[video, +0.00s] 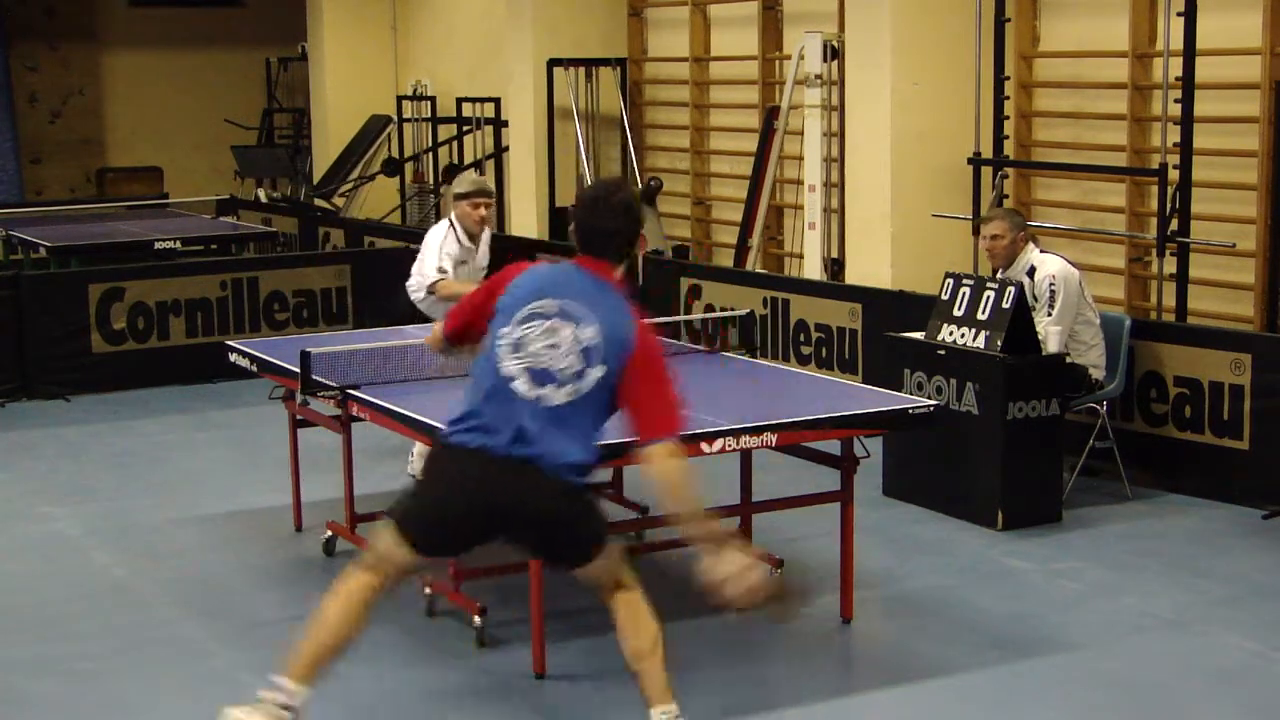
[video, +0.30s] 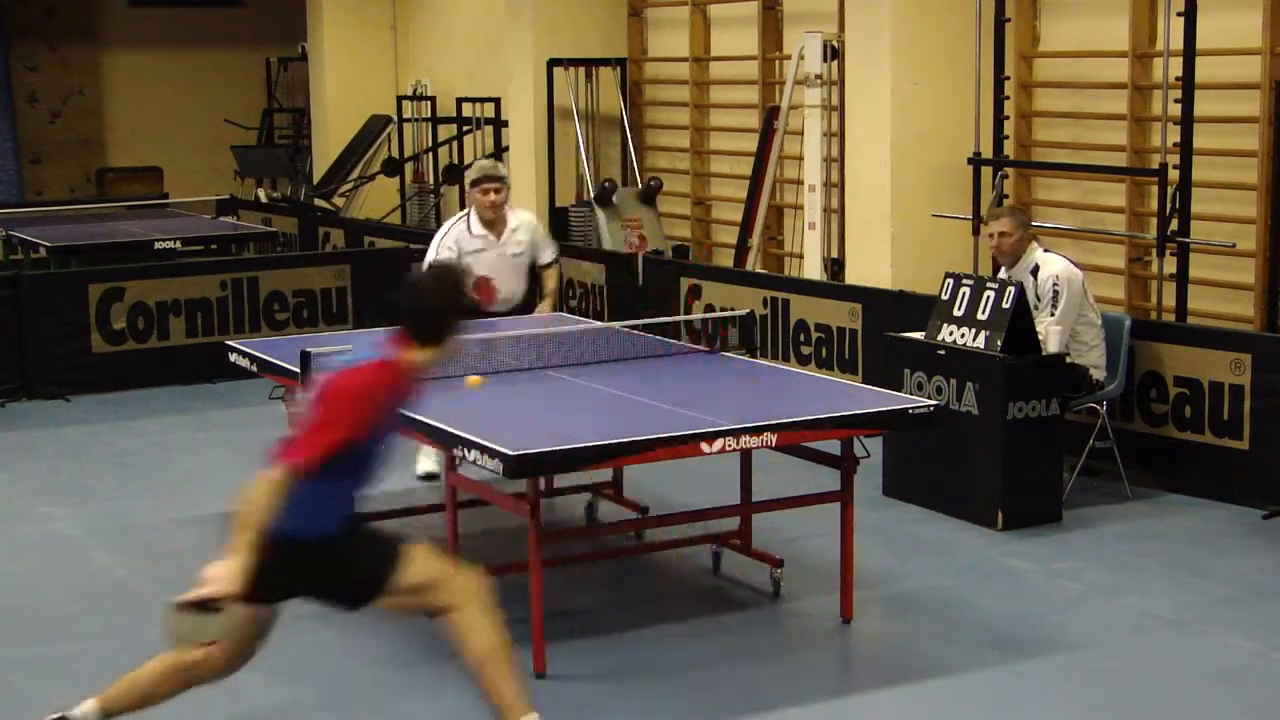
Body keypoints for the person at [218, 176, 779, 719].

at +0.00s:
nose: (647, 239)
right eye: (644, 232)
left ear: (574, 232)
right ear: (636, 245)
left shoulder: (522, 277)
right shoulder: (632, 327)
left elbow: (448, 337)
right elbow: (661, 454)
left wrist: (475, 338)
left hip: (461, 471)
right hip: (547, 490)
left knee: (369, 571)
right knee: (619, 587)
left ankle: (284, 695)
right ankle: (664, 711)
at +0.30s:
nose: (461, 343)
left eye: (460, 331)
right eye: (459, 333)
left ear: (405, 321)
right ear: (443, 333)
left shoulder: (373, 370)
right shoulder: (372, 386)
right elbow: (276, 475)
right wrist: (234, 561)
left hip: (275, 544)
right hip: (323, 545)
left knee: (222, 656)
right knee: (463, 588)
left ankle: (87, 711)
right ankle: (520, 712)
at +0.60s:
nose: (131, 290)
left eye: (129, 277)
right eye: (124, 277)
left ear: (58, 279)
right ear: (101, 282)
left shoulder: (16, 358)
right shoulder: (109, 344)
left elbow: (99, 416)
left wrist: (187, 388)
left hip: (49, 557)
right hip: (135, 552)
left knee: (7, 604)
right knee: (273, 596)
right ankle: (215, 699)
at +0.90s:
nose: (37, 255)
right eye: (38, 249)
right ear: (34, 258)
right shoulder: (85, 323)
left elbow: (158, 423)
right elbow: (161, 422)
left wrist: (110, 416)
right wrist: (107, 416)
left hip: (2, 528)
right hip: (70, 524)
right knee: (164, 622)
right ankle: (161, 715)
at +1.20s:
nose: (135, 255)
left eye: (133, 244)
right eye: (135, 245)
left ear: (55, 242)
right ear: (123, 254)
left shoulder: (4, 311)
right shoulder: (118, 335)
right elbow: (187, 458)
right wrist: (214, 400)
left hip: (1, 541)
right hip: (75, 546)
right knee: (190, 696)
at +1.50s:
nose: (244, 168)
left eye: (242, 156)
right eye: (245, 157)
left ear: (166, 151)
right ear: (233, 164)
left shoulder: (94, 237)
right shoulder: (221, 248)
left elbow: (55, 359)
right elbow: (249, 390)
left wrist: (133, 372)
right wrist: (290, 397)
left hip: (111, 474)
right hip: (201, 480)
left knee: (132, 656)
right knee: (258, 660)